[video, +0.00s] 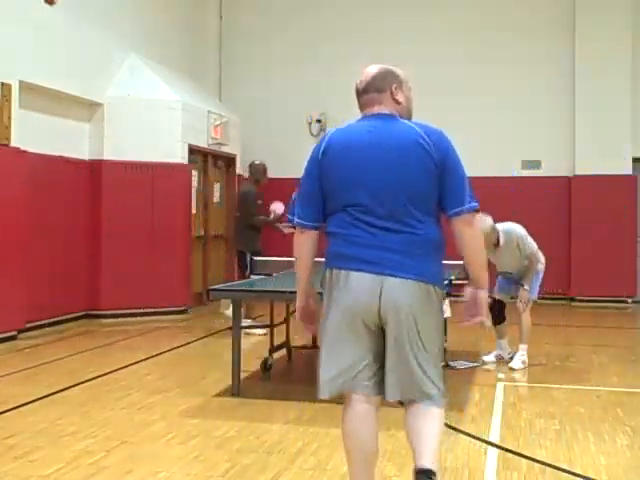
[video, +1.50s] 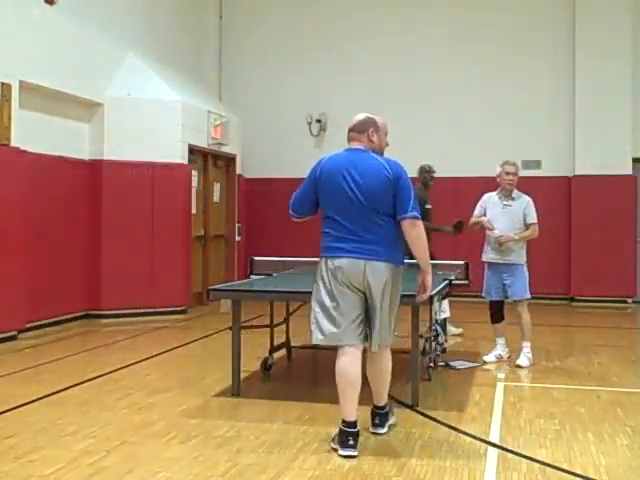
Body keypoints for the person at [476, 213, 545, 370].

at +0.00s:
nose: (485, 243)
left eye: (487, 237)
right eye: (482, 239)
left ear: (494, 232)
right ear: (480, 236)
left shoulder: (515, 232)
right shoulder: (482, 243)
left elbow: (535, 259)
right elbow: (484, 269)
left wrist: (525, 287)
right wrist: (485, 294)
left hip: (529, 268)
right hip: (506, 272)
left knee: (522, 306)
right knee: (496, 306)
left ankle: (522, 352)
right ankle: (503, 349)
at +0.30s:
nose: (490, 199)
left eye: (493, 194)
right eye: (488, 195)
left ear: (505, 193)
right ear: (488, 195)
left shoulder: (524, 212)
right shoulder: (487, 213)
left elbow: (535, 241)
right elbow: (485, 235)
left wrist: (520, 266)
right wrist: (488, 254)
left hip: (527, 264)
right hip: (504, 263)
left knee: (522, 307)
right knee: (498, 306)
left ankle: (522, 352)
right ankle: (502, 347)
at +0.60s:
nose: (498, 181)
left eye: (503, 177)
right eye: (496, 177)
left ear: (514, 178)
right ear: (494, 180)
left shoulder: (525, 203)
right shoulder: (490, 201)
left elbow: (534, 234)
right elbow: (482, 222)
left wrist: (512, 249)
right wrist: (483, 234)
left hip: (520, 263)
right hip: (497, 261)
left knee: (520, 304)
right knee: (497, 304)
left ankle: (522, 351)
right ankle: (501, 347)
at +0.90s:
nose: (496, 179)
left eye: (501, 175)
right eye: (494, 175)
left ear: (511, 177)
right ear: (491, 177)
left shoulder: (521, 202)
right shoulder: (485, 199)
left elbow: (528, 232)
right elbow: (472, 223)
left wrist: (503, 240)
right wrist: (480, 229)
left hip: (513, 262)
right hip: (492, 261)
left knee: (515, 303)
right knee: (494, 305)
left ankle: (522, 351)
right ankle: (500, 347)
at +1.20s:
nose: (497, 179)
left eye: (502, 174)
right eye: (495, 174)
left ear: (512, 177)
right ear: (491, 177)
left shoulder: (521, 202)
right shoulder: (485, 199)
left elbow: (529, 231)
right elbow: (470, 220)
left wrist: (503, 237)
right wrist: (476, 223)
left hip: (511, 262)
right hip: (489, 261)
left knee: (515, 303)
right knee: (493, 304)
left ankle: (526, 348)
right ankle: (500, 347)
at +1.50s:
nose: (510, 178)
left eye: (513, 175)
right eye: (506, 174)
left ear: (518, 178)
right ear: (498, 177)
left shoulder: (525, 202)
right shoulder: (487, 199)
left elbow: (533, 231)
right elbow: (471, 222)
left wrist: (512, 237)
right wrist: (481, 220)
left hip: (516, 262)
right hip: (493, 261)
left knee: (521, 305)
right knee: (495, 304)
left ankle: (526, 348)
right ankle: (500, 347)